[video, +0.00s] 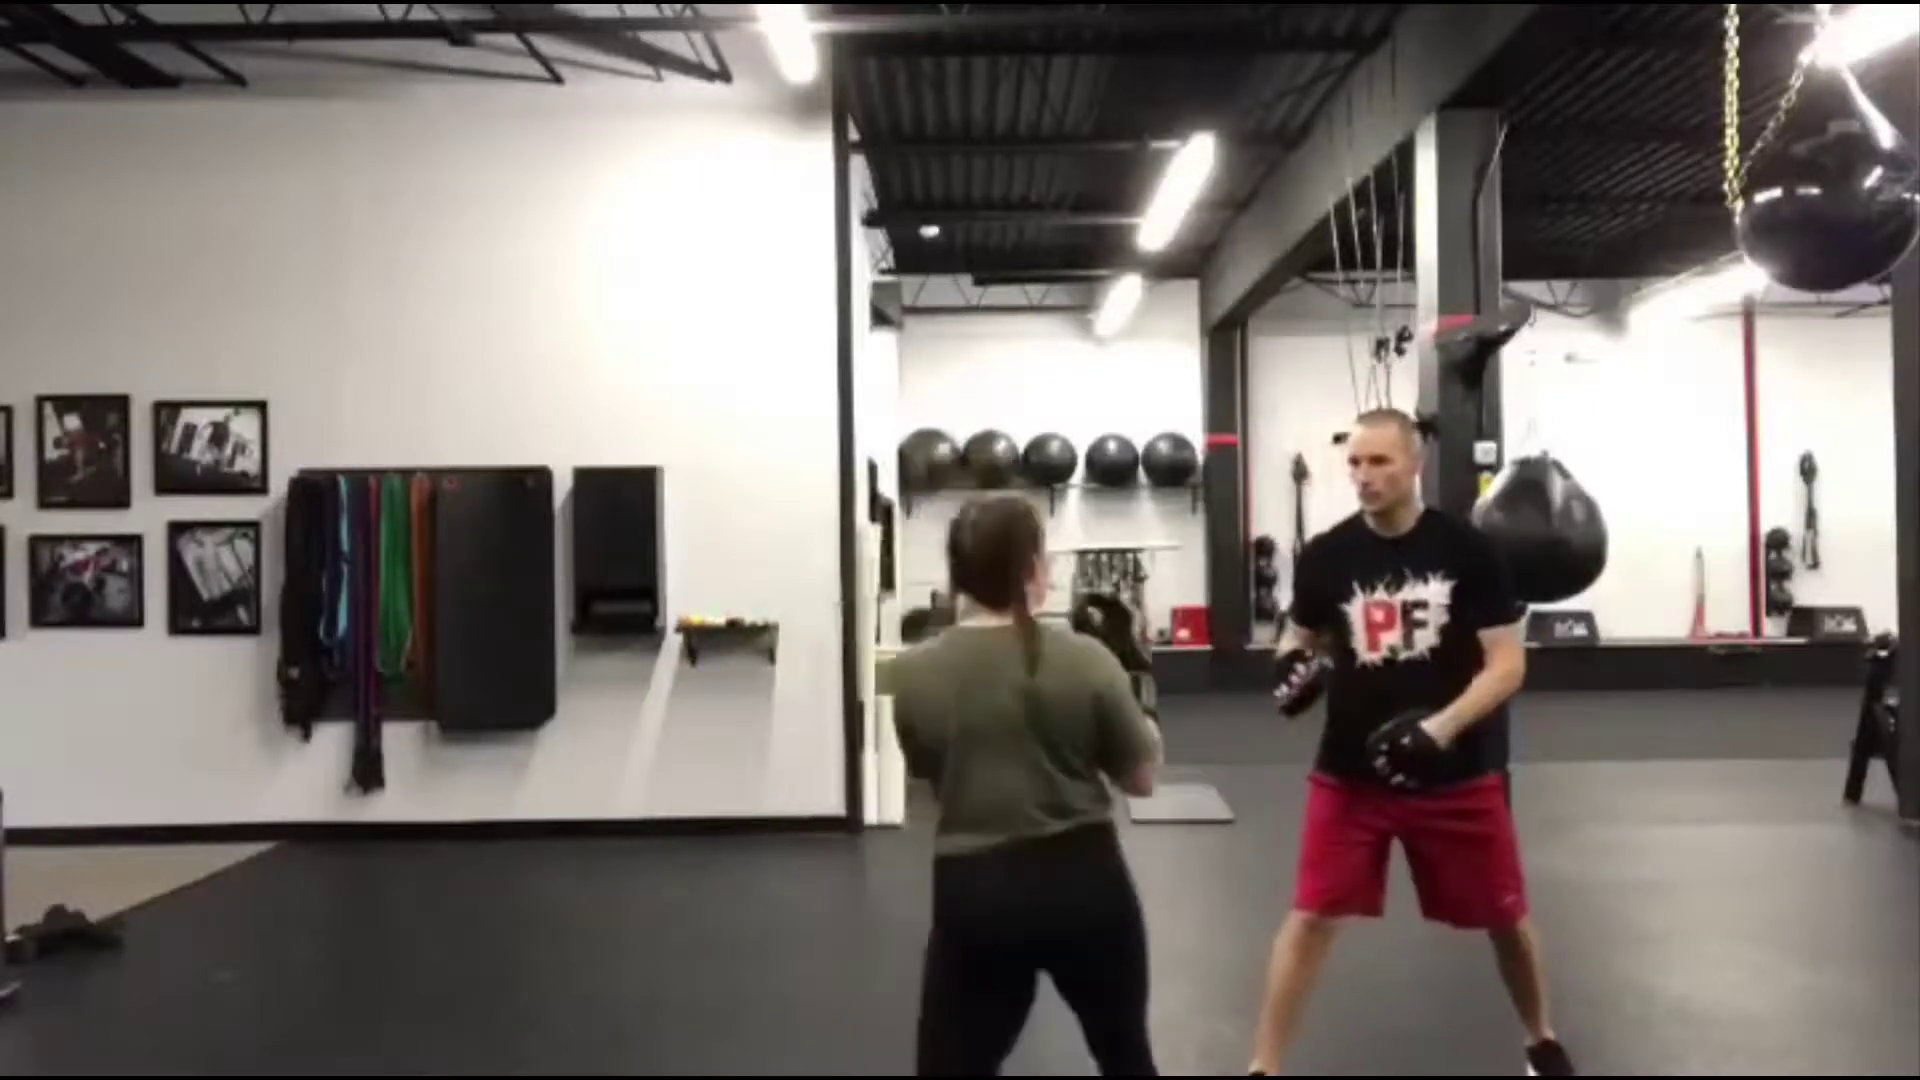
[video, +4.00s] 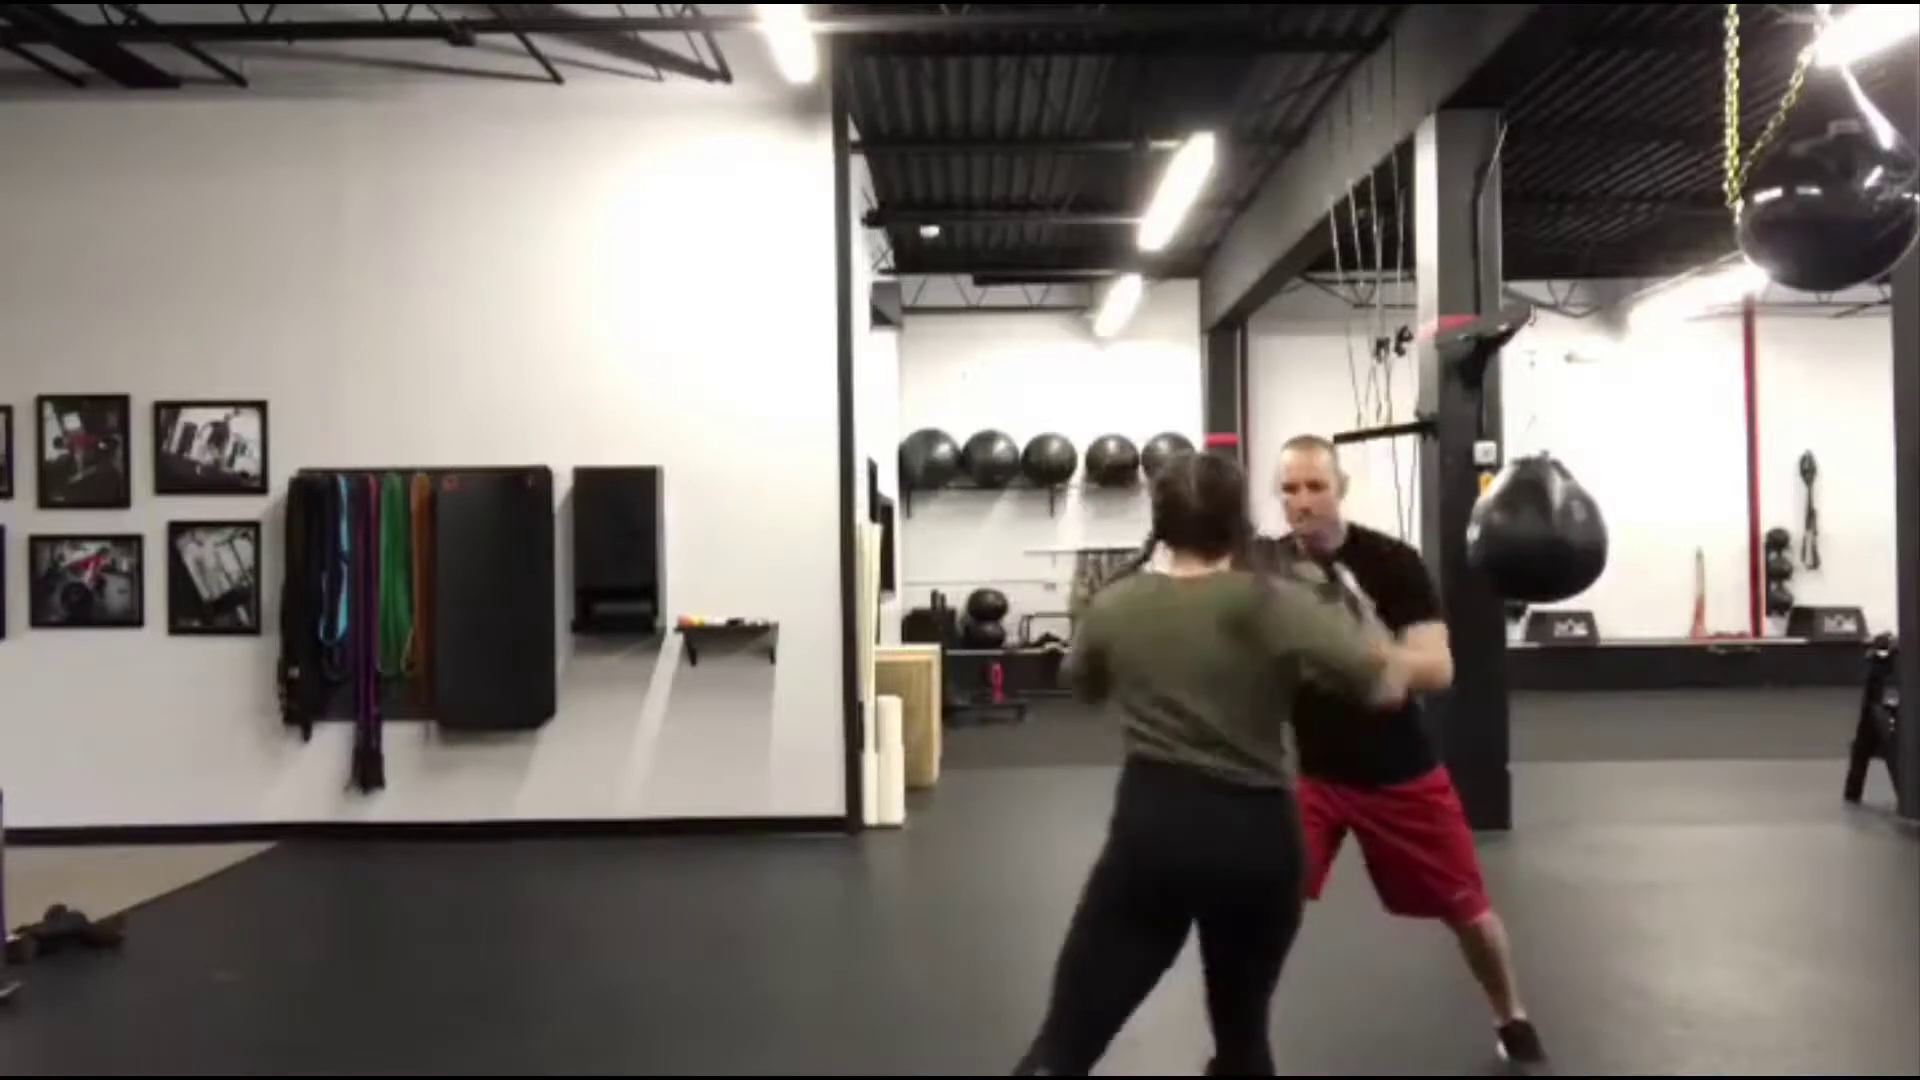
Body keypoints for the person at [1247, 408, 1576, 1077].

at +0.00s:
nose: (1365, 475)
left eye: (1379, 462)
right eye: (1356, 464)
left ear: (1416, 464)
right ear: (1348, 469)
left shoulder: (1467, 549)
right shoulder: (1324, 556)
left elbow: (1507, 663)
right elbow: (1301, 637)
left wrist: (1440, 727)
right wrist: (1296, 668)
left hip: (1458, 778)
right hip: (1350, 776)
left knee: (1508, 920)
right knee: (1313, 915)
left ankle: (1542, 1043)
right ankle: (1264, 1064)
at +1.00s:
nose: (1300, 473)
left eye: (1314, 459)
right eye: (1291, 462)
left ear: (1353, 463)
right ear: (1286, 472)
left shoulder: (1414, 546)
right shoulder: (1274, 557)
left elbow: (1458, 659)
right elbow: (1230, 637)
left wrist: (1373, 664)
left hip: (1421, 774)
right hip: (1318, 775)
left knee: (1485, 915)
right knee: (1288, 915)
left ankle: (1534, 1034)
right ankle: (1262, 1065)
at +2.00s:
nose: (1329, 483)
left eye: (1344, 471)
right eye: (1323, 471)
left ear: (1379, 478)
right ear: (1315, 475)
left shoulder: (1428, 549)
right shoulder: (1286, 553)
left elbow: (1447, 659)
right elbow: (1244, 638)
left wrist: (1395, 612)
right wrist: (1269, 655)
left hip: (1411, 767)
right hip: (1312, 767)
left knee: (1473, 902)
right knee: (1281, 902)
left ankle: (1505, 1020)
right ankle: (1246, 1054)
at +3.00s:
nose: (1277, 490)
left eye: (1292, 479)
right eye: (1270, 479)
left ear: (1329, 487)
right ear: (1262, 487)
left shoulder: (1373, 555)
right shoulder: (1254, 567)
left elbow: (1379, 634)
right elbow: (1211, 642)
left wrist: (1337, 541)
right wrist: (1228, 586)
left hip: (1386, 779)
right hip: (1284, 776)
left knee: (1456, 924)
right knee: (1253, 905)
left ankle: (1500, 1020)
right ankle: (1242, 1051)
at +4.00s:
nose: (1301, 501)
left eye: (1314, 487)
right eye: (1289, 489)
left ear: (1342, 490)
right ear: (1278, 496)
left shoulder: (1391, 561)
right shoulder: (1266, 568)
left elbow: (1435, 665)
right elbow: (1234, 649)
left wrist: (1360, 660)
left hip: (1405, 778)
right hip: (1311, 778)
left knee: (1469, 914)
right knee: (1264, 914)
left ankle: (1514, 1022)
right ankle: (1235, 1047)